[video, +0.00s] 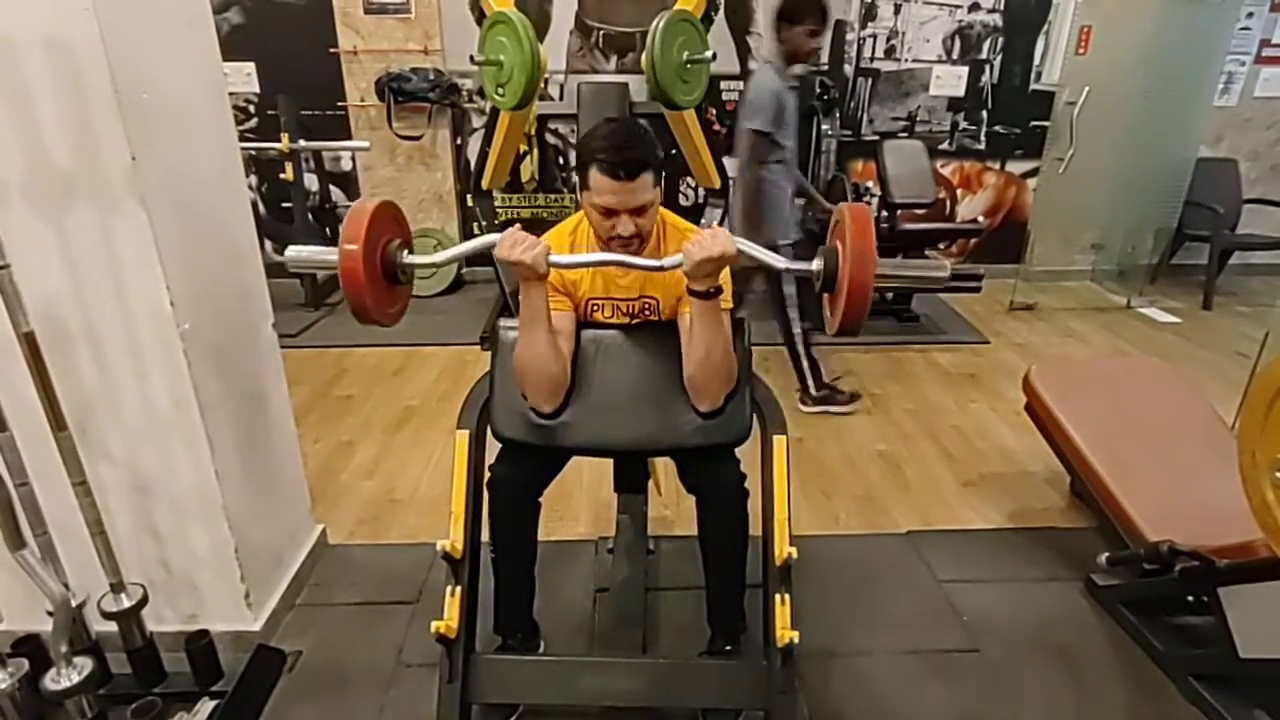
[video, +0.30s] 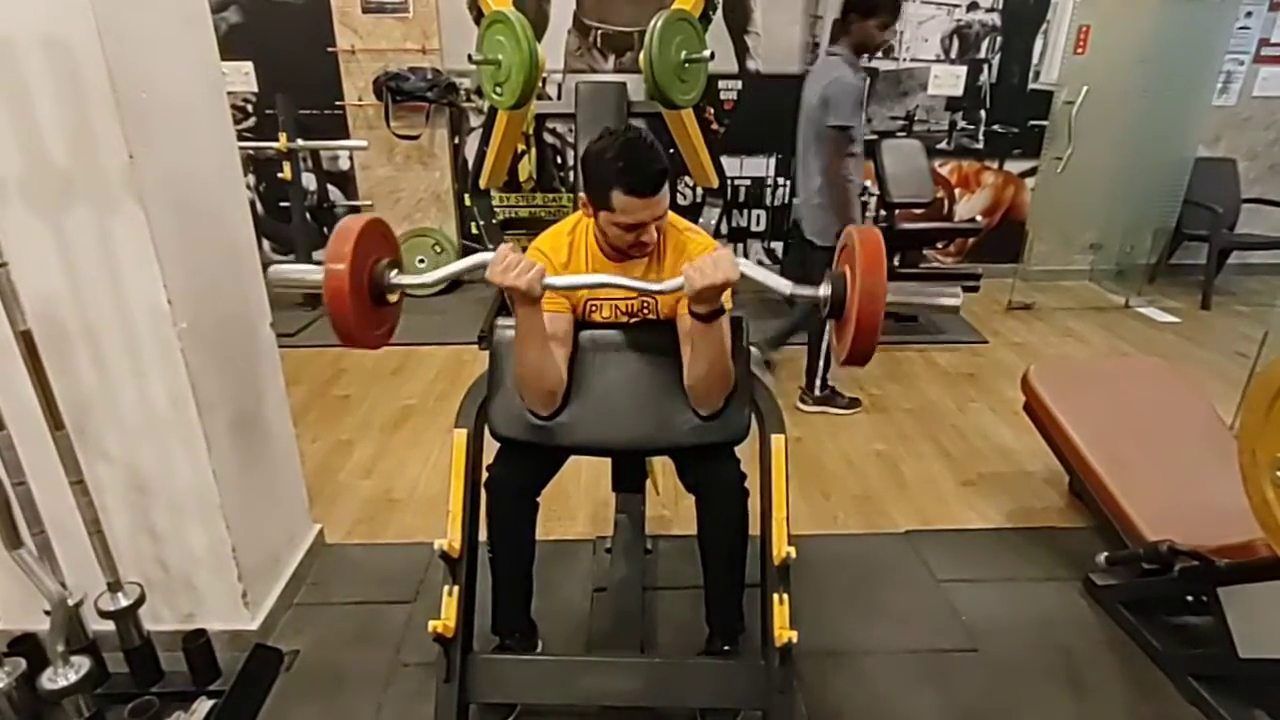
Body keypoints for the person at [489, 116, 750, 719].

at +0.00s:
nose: (625, 227)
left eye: (639, 211)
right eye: (608, 213)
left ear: (659, 190)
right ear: (581, 194)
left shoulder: (695, 249)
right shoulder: (555, 250)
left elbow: (709, 396)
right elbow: (543, 397)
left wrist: (704, 290)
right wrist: (530, 284)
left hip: (672, 388)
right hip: (580, 387)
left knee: (721, 481)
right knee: (511, 479)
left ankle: (726, 640)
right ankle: (516, 636)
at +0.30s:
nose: (647, 236)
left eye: (656, 220)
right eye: (629, 226)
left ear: (667, 198)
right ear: (591, 207)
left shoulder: (694, 250)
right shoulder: (553, 252)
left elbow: (709, 399)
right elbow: (541, 400)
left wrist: (705, 310)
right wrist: (525, 307)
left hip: (669, 387)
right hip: (578, 385)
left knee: (722, 481)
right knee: (509, 480)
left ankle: (725, 637)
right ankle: (514, 636)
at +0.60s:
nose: (649, 241)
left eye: (658, 227)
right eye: (631, 233)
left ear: (669, 200)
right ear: (590, 211)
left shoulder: (696, 249)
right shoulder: (549, 250)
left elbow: (707, 404)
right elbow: (538, 397)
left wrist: (705, 367)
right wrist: (513, 360)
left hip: (665, 383)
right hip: (576, 384)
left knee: (719, 477)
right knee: (505, 477)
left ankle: (723, 637)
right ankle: (511, 634)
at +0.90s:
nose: (648, 246)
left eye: (658, 231)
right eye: (630, 238)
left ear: (670, 203)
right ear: (591, 212)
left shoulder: (698, 250)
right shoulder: (550, 249)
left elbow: (706, 370)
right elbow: (537, 369)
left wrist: (710, 405)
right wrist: (512, 394)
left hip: (666, 384)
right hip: (576, 381)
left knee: (720, 476)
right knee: (506, 479)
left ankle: (724, 637)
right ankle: (512, 635)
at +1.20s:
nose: (643, 249)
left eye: (655, 235)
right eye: (626, 241)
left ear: (670, 205)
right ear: (592, 214)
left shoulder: (700, 252)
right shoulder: (550, 250)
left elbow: (706, 376)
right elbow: (536, 375)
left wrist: (707, 461)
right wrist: (515, 453)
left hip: (671, 374)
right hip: (574, 375)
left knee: (719, 480)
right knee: (503, 473)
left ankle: (722, 640)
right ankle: (510, 634)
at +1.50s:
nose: (627, 248)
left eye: (643, 235)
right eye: (611, 236)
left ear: (664, 208)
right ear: (586, 206)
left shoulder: (697, 254)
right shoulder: (550, 251)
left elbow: (707, 385)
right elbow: (536, 379)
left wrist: (704, 493)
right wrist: (516, 487)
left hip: (670, 381)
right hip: (574, 380)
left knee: (721, 490)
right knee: (501, 484)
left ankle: (722, 639)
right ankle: (511, 638)